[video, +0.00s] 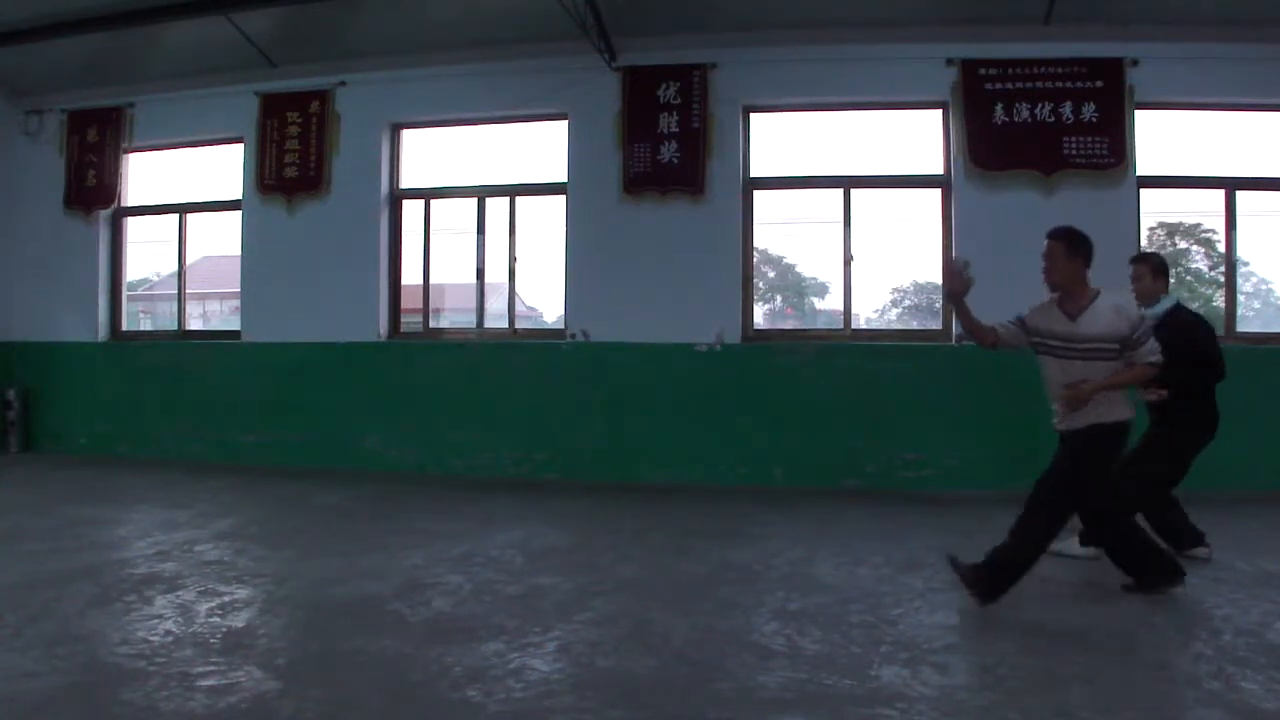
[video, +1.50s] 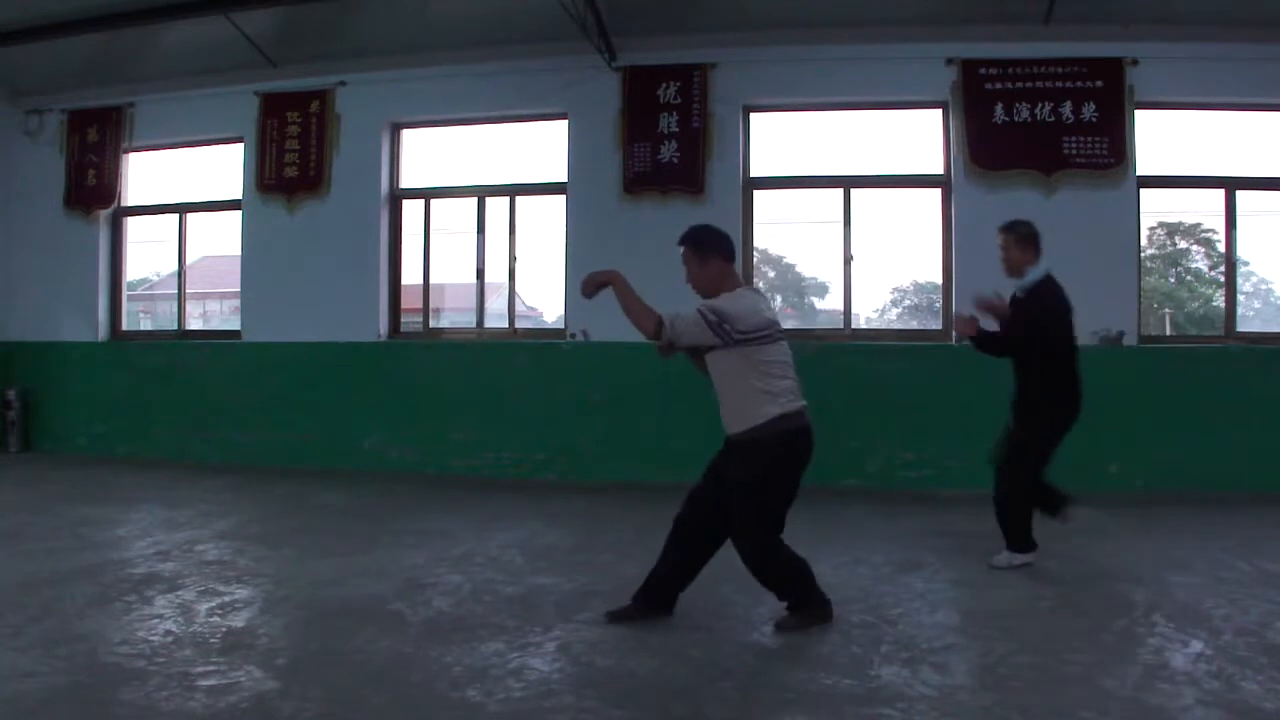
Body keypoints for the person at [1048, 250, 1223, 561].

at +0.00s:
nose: (1133, 287)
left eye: (1139, 279)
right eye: (1132, 280)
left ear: (1161, 281)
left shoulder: (1190, 324)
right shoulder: (1138, 324)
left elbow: (1213, 372)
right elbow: (1130, 366)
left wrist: (1169, 389)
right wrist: (1143, 385)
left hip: (1191, 418)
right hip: (1163, 414)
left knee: (1131, 474)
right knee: (1148, 482)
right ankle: (1190, 543)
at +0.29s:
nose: (1134, 284)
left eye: (1140, 276)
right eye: (1133, 277)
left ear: (1162, 278)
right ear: (1135, 280)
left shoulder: (1190, 322)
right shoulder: (1140, 325)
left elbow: (1212, 370)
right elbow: (1099, 344)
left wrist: (1169, 389)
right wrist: (1069, 316)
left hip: (1192, 420)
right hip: (1164, 418)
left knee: (1131, 471)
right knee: (1148, 482)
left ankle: (1091, 541)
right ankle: (1191, 544)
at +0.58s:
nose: (1135, 280)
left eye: (1141, 273)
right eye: (1133, 274)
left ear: (1162, 275)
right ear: (1136, 276)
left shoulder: (1189, 319)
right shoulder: (1140, 322)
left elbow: (1211, 368)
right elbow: (1100, 342)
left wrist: (1167, 388)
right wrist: (1069, 315)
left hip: (1190, 418)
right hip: (1162, 416)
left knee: (1131, 471)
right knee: (1149, 481)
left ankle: (1092, 541)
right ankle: (1192, 543)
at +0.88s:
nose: (1128, 271)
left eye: (1134, 264)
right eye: (1127, 265)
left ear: (1156, 268)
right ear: (1132, 268)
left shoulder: (1183, 313)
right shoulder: (1131, 314)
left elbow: (1201, 363)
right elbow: (1092, 334)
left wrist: (1156, 377)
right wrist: (1063, 308)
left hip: (1179, 414)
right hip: (1151, 413)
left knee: (1120, 465)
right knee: (1148, 482)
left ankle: (1090, 540)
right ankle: (1191, 543)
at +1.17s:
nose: (1094, 274)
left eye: (1101, 267)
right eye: (1093, 268)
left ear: (1124, 270)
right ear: (1097, 271)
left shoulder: (1149, 316)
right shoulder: (1098, 314)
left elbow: (1168, 365)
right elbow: (1060, 336)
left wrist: (1121, 370)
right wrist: (1029, 312)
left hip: (1144, 416)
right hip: (1118, 415)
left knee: (1092, 475)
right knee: (1139, 488)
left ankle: (1043, 538)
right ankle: (1189, 543)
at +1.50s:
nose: (1001, 256)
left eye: (1006, 249)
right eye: (1001, 249)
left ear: (1026, 251)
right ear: (1027, 252)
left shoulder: (1037, 296)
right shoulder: (1040, 290)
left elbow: (1013, 346)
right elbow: (1037, 337)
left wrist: (975, 334)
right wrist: (1006, 316)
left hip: (1047, 402)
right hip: (1046, 398)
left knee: (1012, 468)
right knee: (1014, 464)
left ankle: (1020, 547)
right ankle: (1060, 506)